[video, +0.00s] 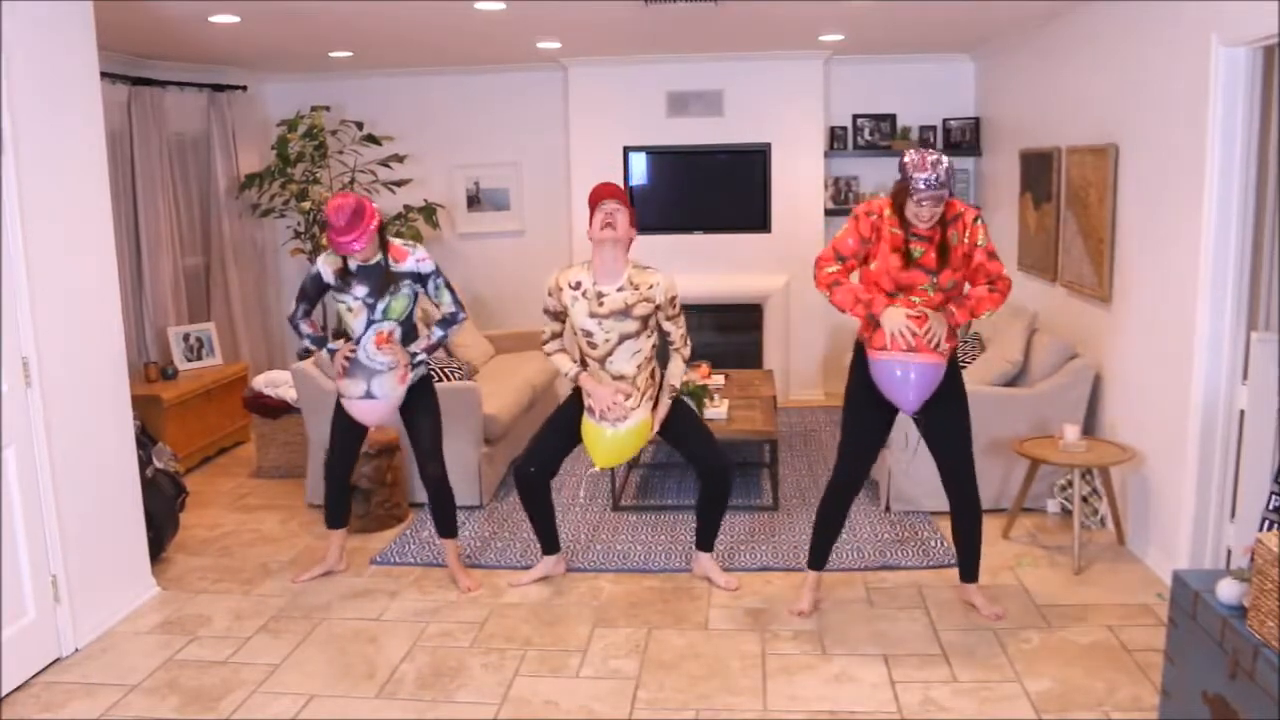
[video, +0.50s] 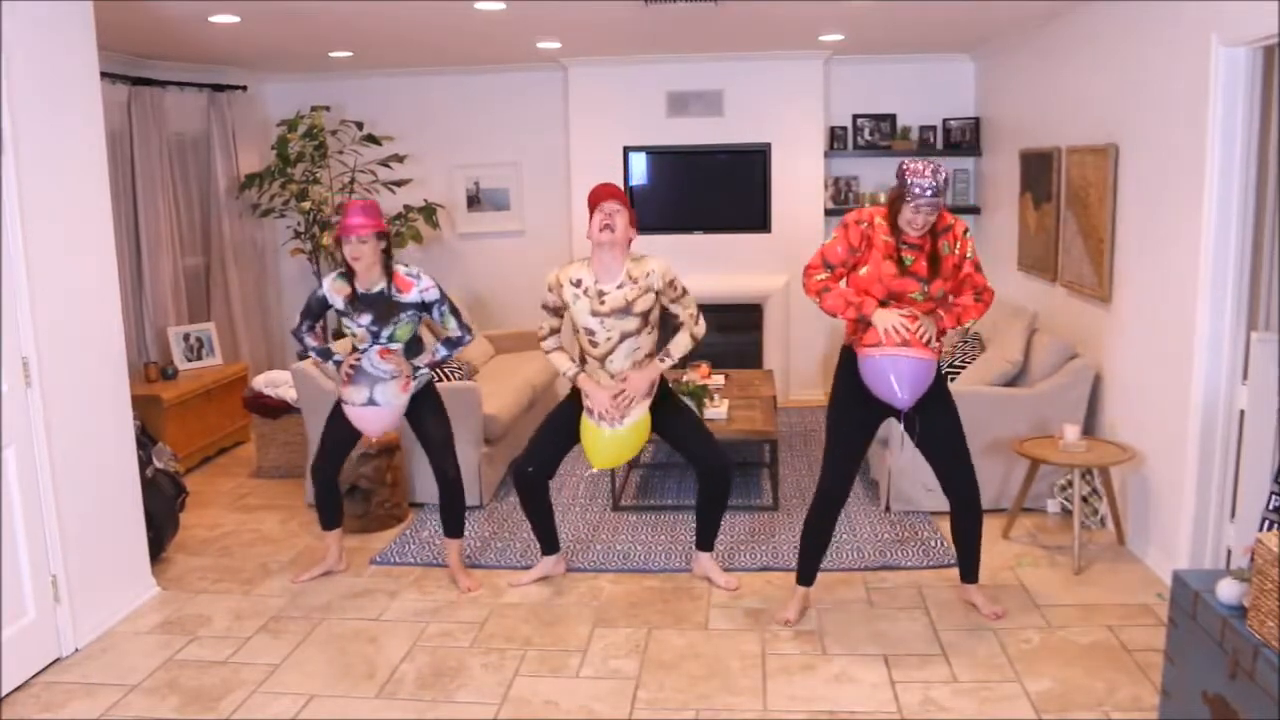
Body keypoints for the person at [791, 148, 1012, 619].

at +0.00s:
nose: (925, 209)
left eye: (933, 201)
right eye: (917, 201)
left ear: (946, 196)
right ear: (902, 193)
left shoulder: (965, 222)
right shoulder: (873, 217)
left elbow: (996, 283)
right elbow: (828, 270)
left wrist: (951, 314)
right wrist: (879, 308)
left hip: (938, 359)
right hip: (876, 355)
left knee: (960, 475)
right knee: (849, 471)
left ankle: (970, 584)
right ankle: (812, 578)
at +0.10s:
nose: (932, 216)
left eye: (940, 208)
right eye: (923, 208)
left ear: (952, 201)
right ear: (906, 199)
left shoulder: (972, 225)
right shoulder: (877, 220)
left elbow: (1002, 285)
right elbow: (833, 272)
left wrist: (955, 314)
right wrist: (883, 310)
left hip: (943, 358)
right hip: (883, 354)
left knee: (968, 475)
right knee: (846, 469)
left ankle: (971, 584)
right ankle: (800, 578)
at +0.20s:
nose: (931, 219)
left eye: (940, 212)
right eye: (923, 210)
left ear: (952, 205)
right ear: (907, 201)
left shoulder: (970, 227)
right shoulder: (878, 222)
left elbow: (1001, 287)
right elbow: (832, 273)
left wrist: (957, 315)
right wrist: (882, 309)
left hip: (940, 363)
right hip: (880, 360)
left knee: (969, 480)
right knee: (846, 476)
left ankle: (971, 584)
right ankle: (801, 584)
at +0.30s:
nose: (927, 221)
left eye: (937, 213)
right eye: (920, 211)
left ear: (948, 209)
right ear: (903, 203)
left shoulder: (963, 233)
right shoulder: (872, 225)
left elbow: (991, 292)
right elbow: (825, 275)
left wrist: (946, 319)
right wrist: (878, 311)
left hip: (931, 366)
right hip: (871, 362)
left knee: (966, 485)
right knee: (842, 480)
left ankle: (970, 584)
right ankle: (803, 589)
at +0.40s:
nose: (924, 221)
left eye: (933, 214)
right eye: (917, 211)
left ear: (944, 209)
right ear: (901, 202)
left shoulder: (959, 235)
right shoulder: (868, 225)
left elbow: (983, 294)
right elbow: (820, 275)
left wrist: (941, 320)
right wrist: (875, 311)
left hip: (926, 366)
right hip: (866, 363)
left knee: (964, 485)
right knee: (837, 484)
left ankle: (970, 584)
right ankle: (802, 590)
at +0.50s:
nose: (919, 220)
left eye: (929, 212)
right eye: (912, 210)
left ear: (940, 208)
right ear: (895, 200)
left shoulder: (953, 234)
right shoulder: (862, 226)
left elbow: (979, 293)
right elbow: (816, 277)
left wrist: (938, 320)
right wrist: (871, 312)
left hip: (923, 367)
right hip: (863, 364)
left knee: (963, 484)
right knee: (833, 484)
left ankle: (970, 584)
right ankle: (802, 591)